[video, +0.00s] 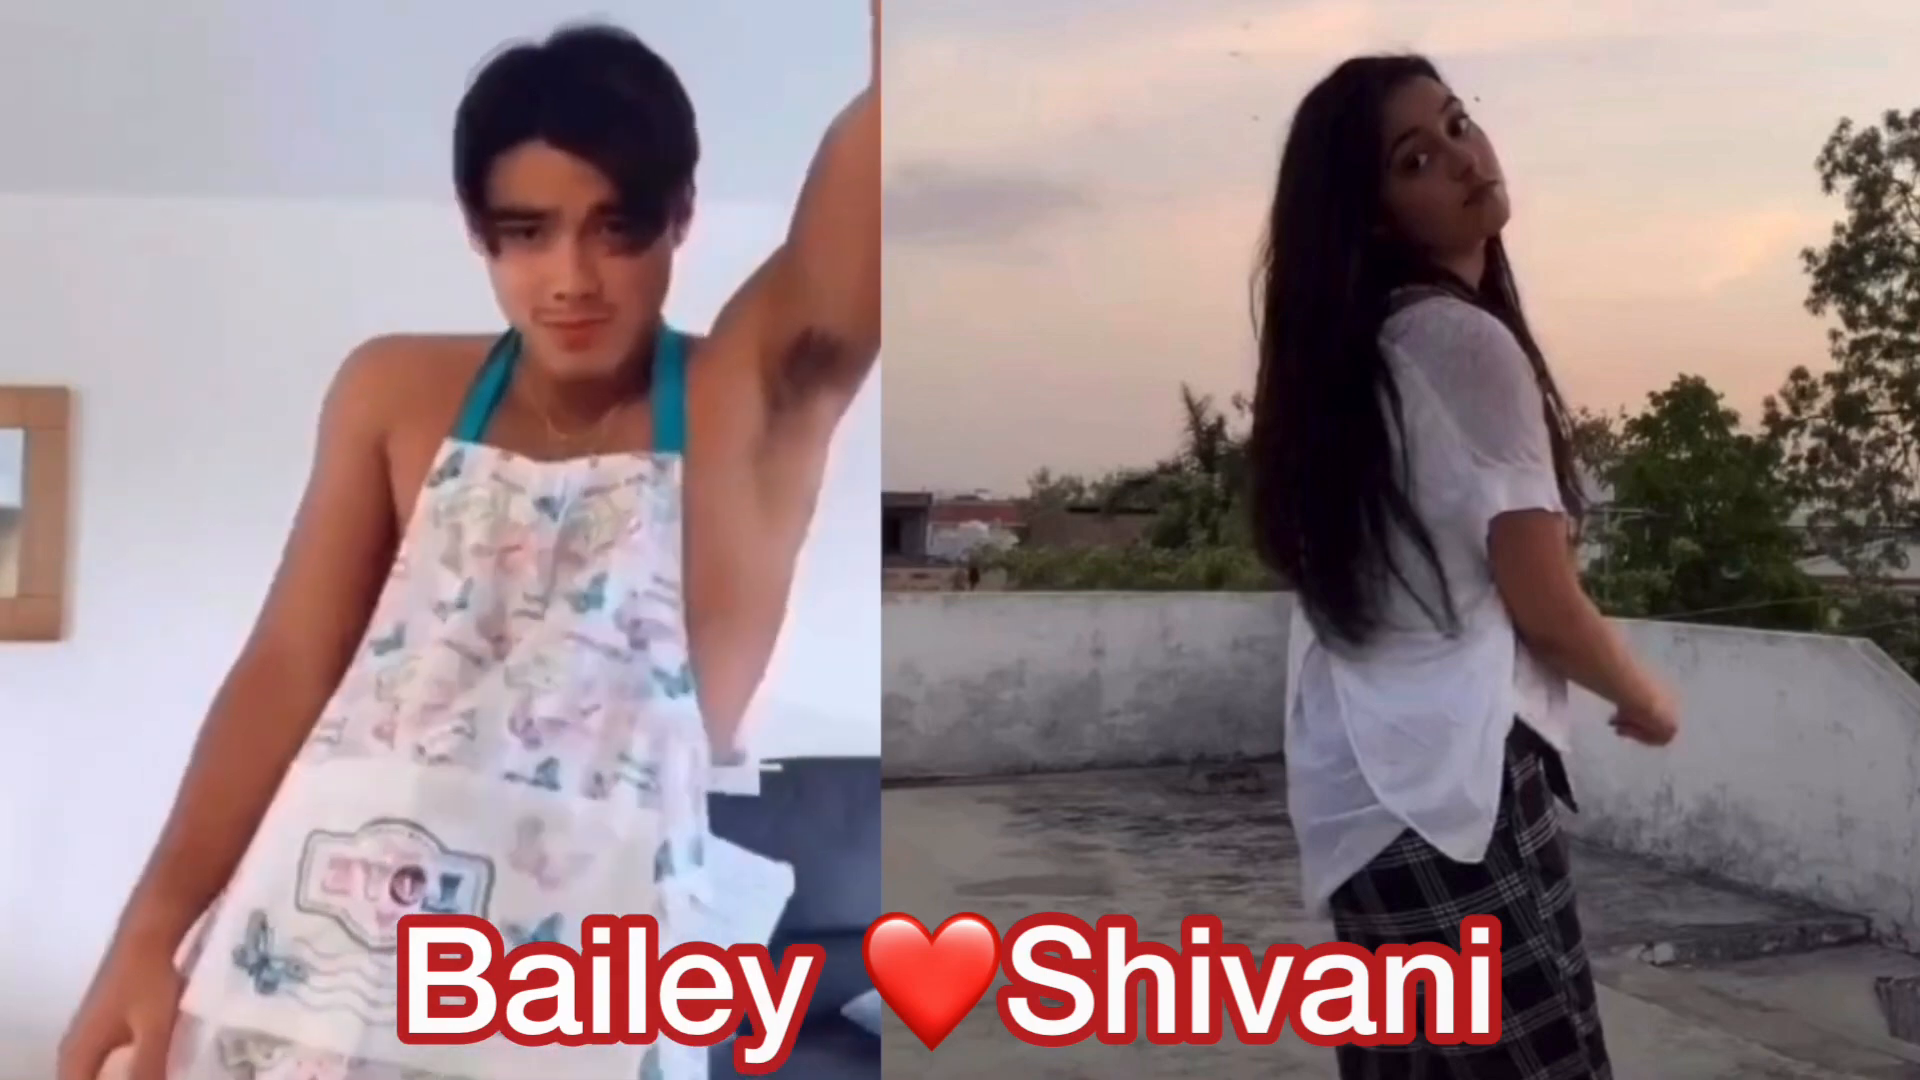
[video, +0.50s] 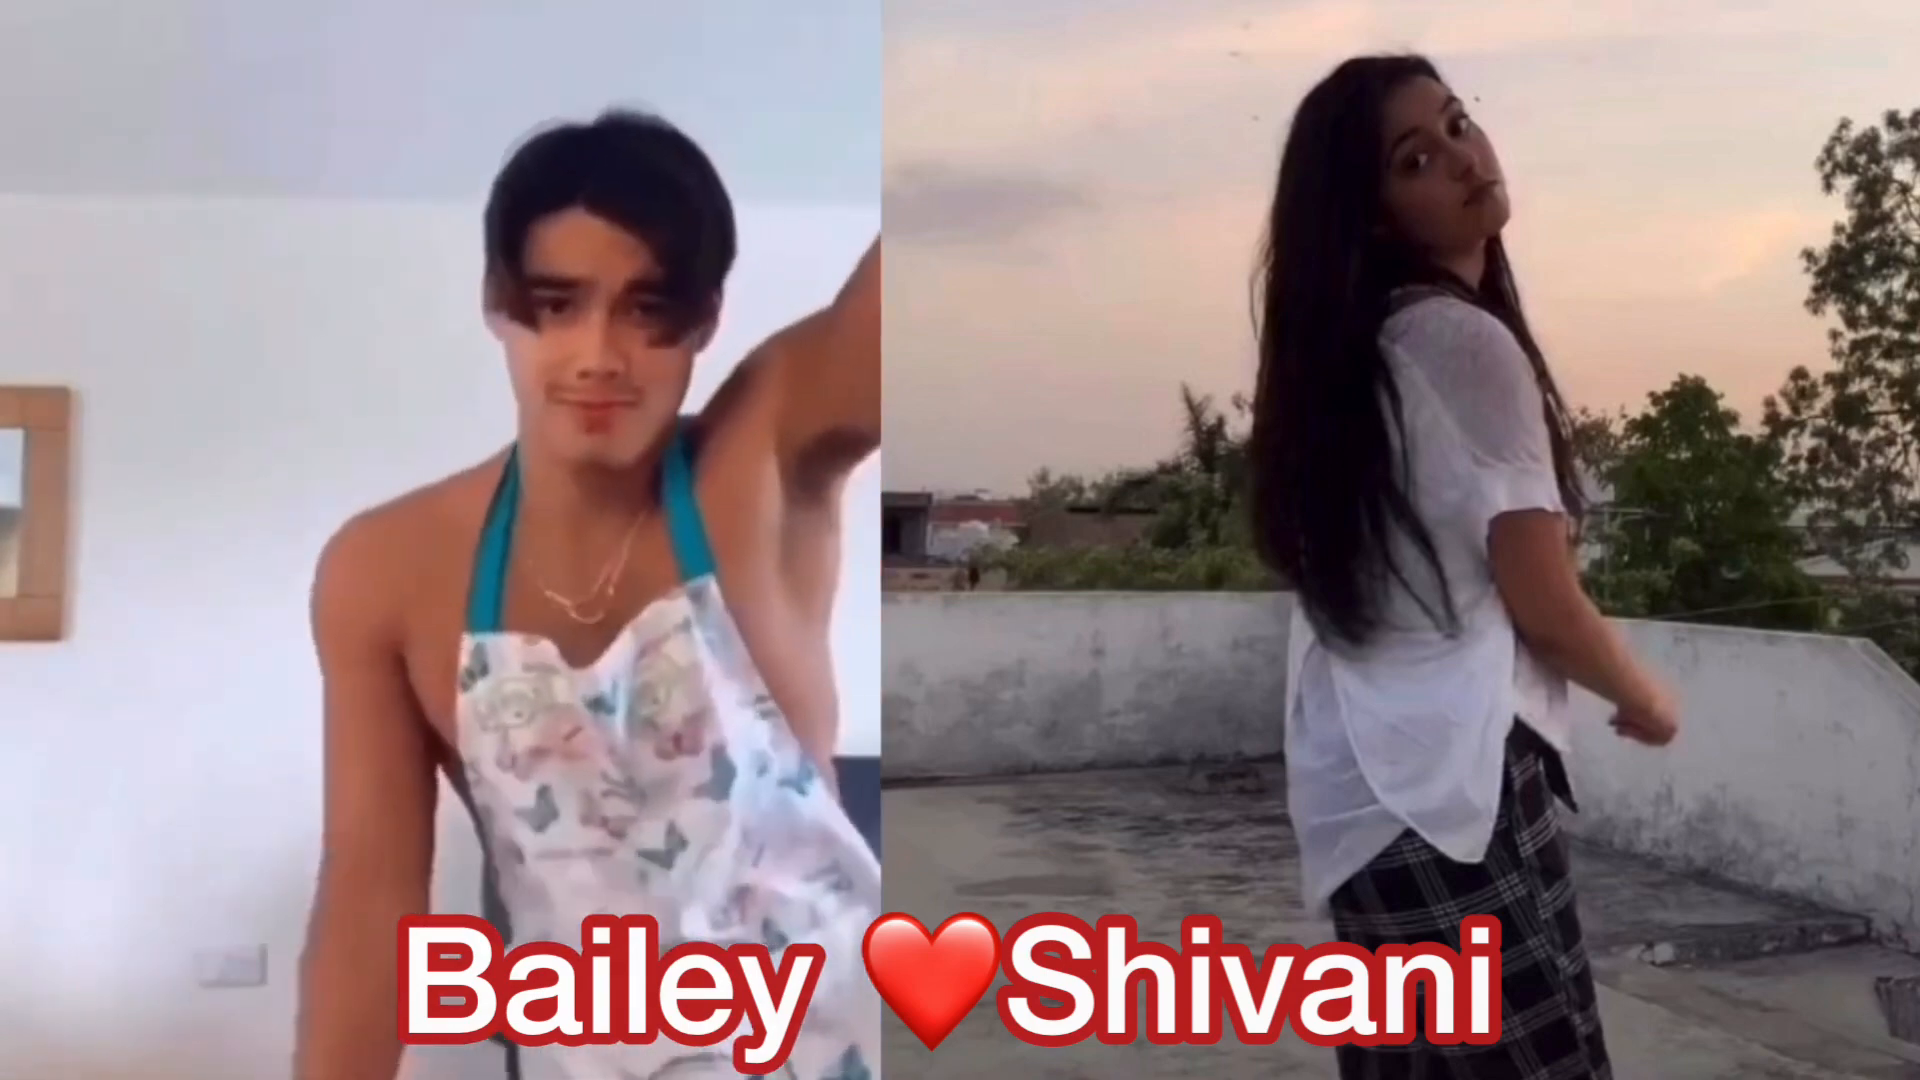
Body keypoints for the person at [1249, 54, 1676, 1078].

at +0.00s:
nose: (1466, 158)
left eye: (1459, 125)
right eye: (1417, 158)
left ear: (1480, 129)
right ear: (1370, 210)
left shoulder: (1352, 333)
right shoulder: (1465, 339)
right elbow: (1545, 602)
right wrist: (1643, 697)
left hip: (1361, 783)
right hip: (1453, 789)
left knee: (1396, 1056)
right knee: (1544, 1056)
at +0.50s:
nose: (1466, 158)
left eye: (1459, 125)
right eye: (1417, 158)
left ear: (1480, 129)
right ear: (1370, 210)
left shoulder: (1354, 333)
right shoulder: (1465, 339)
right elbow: (1546, 604)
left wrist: (1561, 666)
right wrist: (1642, 696)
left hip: (1362, 783)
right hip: (1452, 789)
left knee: (1397, 1056)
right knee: (1545, 1056)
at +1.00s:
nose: (1466, 158)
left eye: (1459, 125)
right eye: (1417, 158)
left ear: (1480, 129)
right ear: (1370, 210)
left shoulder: (1353, 333)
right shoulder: (1465, 339)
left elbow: (1392, 564)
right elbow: (1545, 602)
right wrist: (1643, 697)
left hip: (1362, 783)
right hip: (1452, 789)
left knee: (1397, 1056)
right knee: (1544, 1056)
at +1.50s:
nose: (1466, 157)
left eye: (1459, 125)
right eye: (1417, 158)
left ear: (1480, 128)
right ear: (1370, 211)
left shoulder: (1353, 333)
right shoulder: (1465, 339)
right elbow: (1546, 604)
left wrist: (1560, 666)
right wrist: (1643, 697)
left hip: (1361, 783)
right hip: (1452, 789)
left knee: (1397, 1056)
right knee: (1545, 1056)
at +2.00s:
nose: (1466, 157)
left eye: (1459, 125)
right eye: (1417, 158)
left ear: (1480, 128)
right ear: (1371, 211)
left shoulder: (1356, 333)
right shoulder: (1465, 339)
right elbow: (1547, 605)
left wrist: (1562, 666)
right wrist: (1643, 696)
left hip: (1363, 784)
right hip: (1452, 790)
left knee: (1398, 1057)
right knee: (1545, 1057)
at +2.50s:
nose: (1466, 157)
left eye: (1459, 125)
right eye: (1417, 158)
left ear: (1480, 128)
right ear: (1371, 211)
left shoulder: (1356, 333)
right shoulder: (1465, 339)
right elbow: (1547, 605)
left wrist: (1562, 666)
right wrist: (1643, 696)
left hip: (1363, 784)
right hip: (1452, 790)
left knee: (1398, 1057)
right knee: (1545, 1057)